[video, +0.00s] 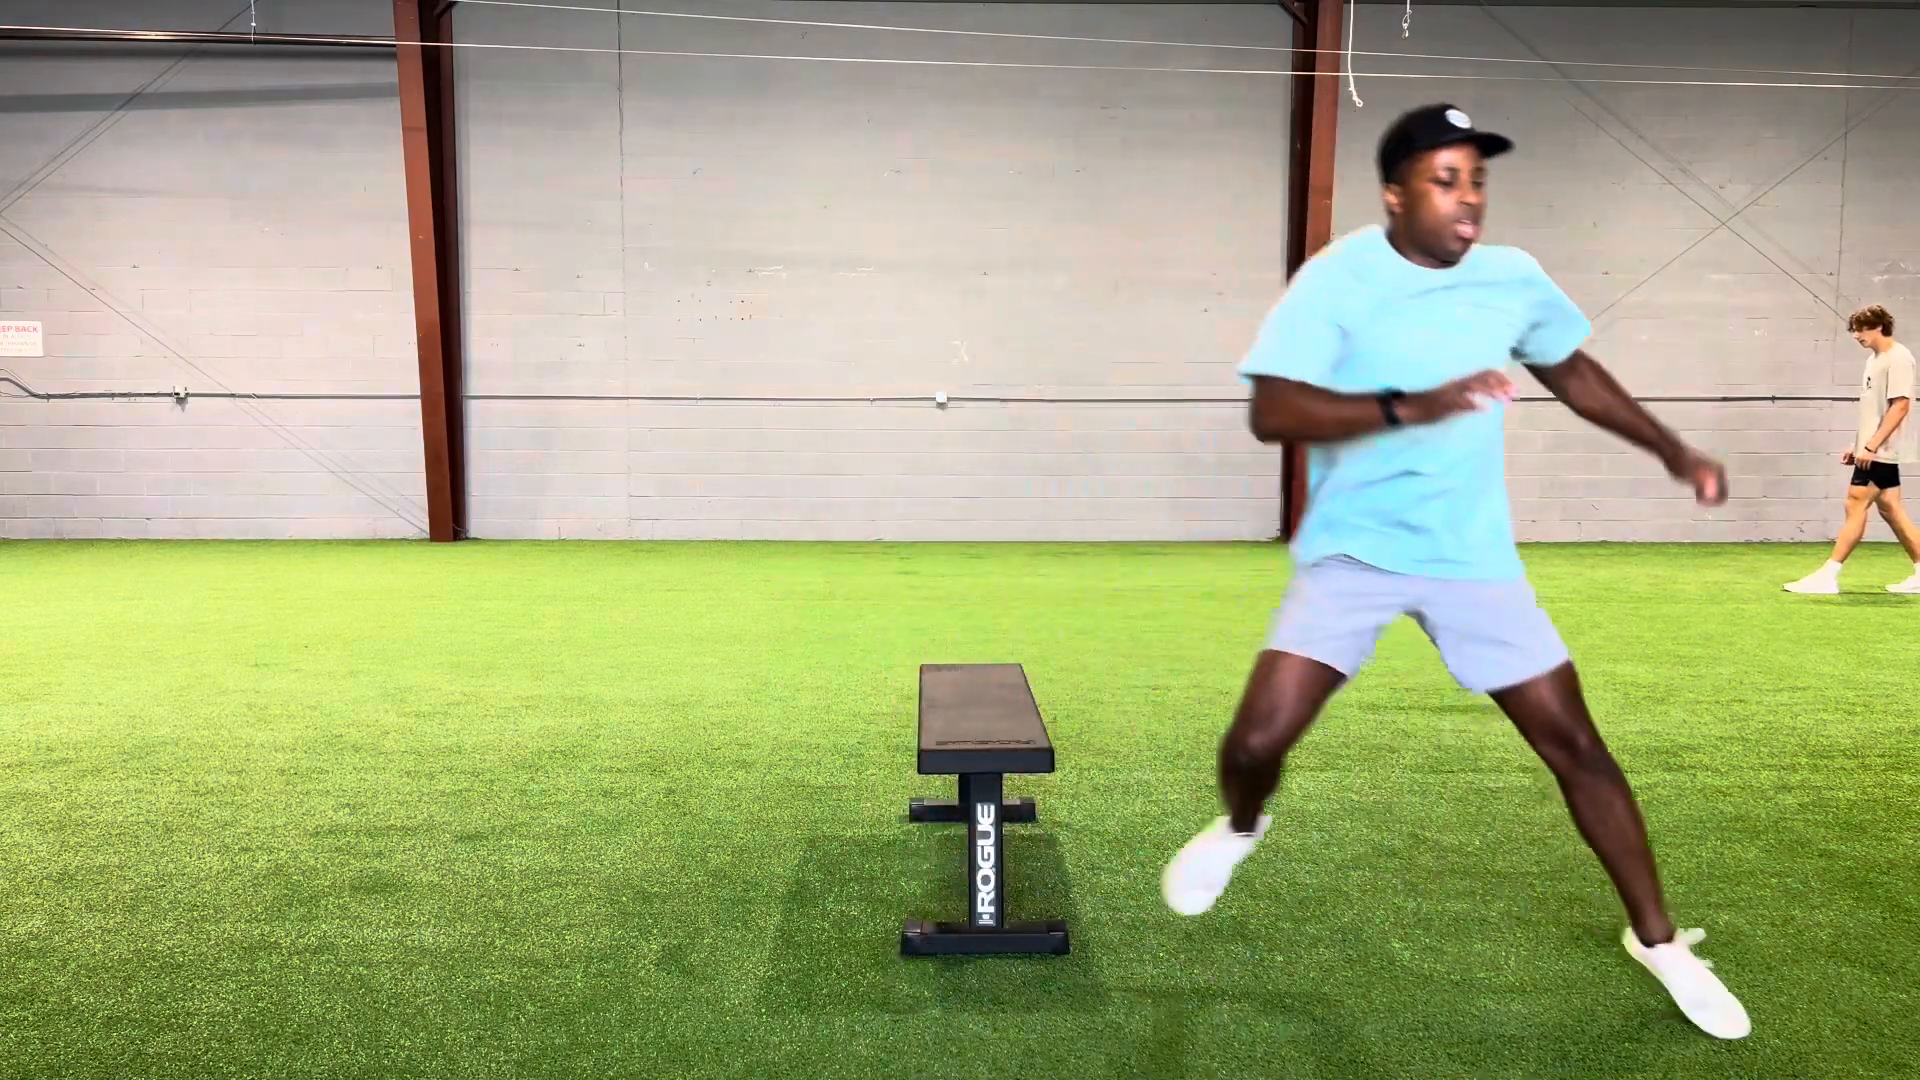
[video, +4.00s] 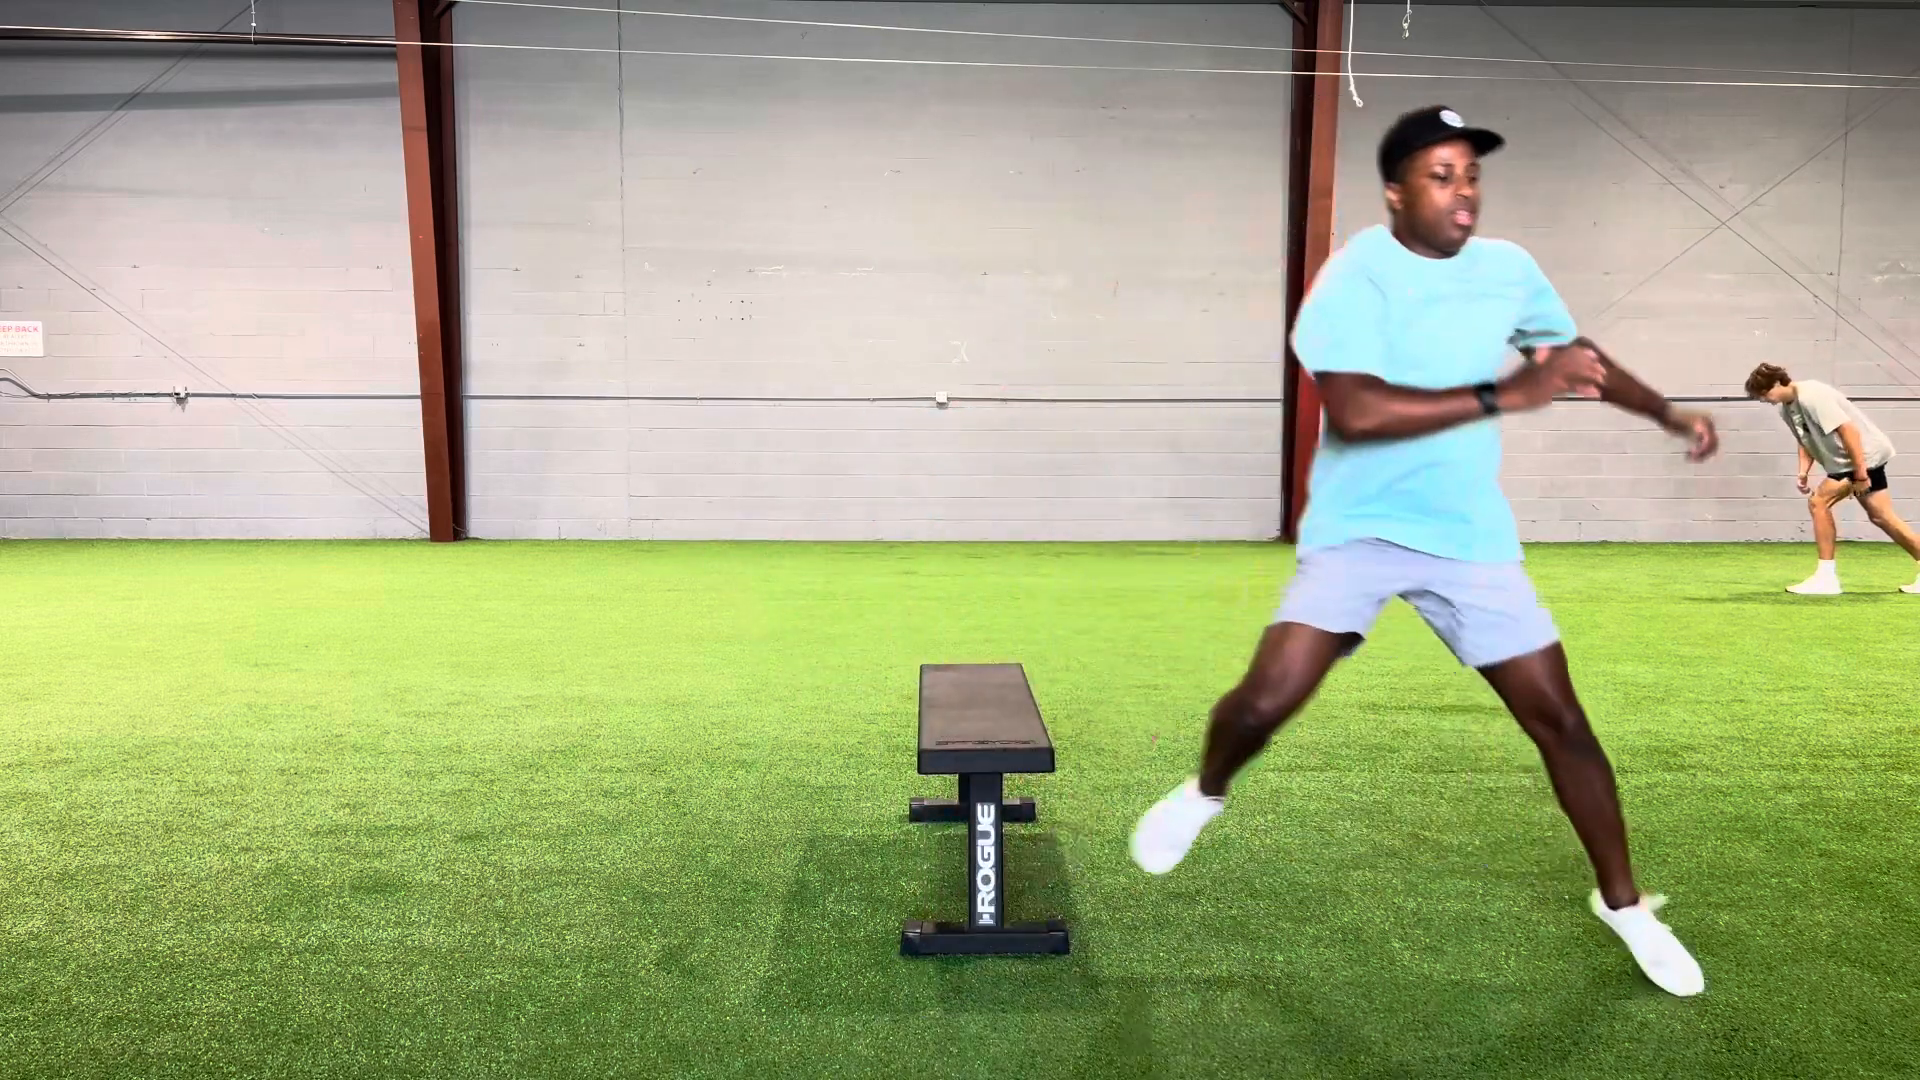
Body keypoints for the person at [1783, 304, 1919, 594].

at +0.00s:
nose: (1858, 337)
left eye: (1862, 331)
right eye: (1856, 332)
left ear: (1879, 328)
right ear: (1869, 332)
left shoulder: (1898, 357)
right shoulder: (1875, 359)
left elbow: (1901, 407)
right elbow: (1873, 410)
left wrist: (1872, 446)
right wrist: (1857, 446)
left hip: (1880, 451)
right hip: (1875, 451)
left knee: (1856, 505)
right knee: (1891, 510)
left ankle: (1828, 574)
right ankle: (1919, 570)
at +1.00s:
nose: (1857, 343)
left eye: (1859, 336)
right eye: (1855, 338)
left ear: (1876, 330)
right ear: (1869, 334)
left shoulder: (1899, 357)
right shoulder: (1875, 359)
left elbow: (1902, 408)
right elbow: (1872, 409)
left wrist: (1876, 449)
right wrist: (1858, 447)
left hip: (1881, 452)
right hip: (1873, 452)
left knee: (1858, 506)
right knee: (1890, 510)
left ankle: (1828, 575)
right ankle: (1919, 570)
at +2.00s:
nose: (1808, 361)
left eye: (1811, 354)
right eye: (1803, 358)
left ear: (1825, 347)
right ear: (1801, 358)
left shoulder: (1845, 370)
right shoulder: (1816, 378)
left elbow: (1858, 418)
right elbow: (1823, 416)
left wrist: (1843, 457)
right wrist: (1826, 449)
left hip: (1875, 448)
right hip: (1866, 449)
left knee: (1837, 501)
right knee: (1889, 509)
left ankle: (1826, 574)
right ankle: (1919, 567)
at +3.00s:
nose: (1807, 359)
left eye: (1811, 353)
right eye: (1804, 354)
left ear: (1828, 349)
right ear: (1818, 353)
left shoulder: (1856, 371)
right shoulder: (1827, 379)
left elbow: (1887, 414)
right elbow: (1833, 417)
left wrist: (1863, 455)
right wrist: (1830, 448)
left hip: (1879, 456)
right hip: (1867, 457)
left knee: (1833, 500)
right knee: (1893, 513)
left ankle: (1828, 576)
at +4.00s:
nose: (1767, 400)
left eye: (1766, 393)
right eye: (1762, 397)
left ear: (1777, 383)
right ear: (1775, 386)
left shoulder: (1813, 395)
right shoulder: (1788, 409)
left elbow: (1848, 430)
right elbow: (1806, 441)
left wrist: (1860, 472)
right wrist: (1804, 470)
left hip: (1861, 460)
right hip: (1854, 461)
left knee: (1819, 502)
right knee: (1882, 517)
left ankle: (1826, 577)